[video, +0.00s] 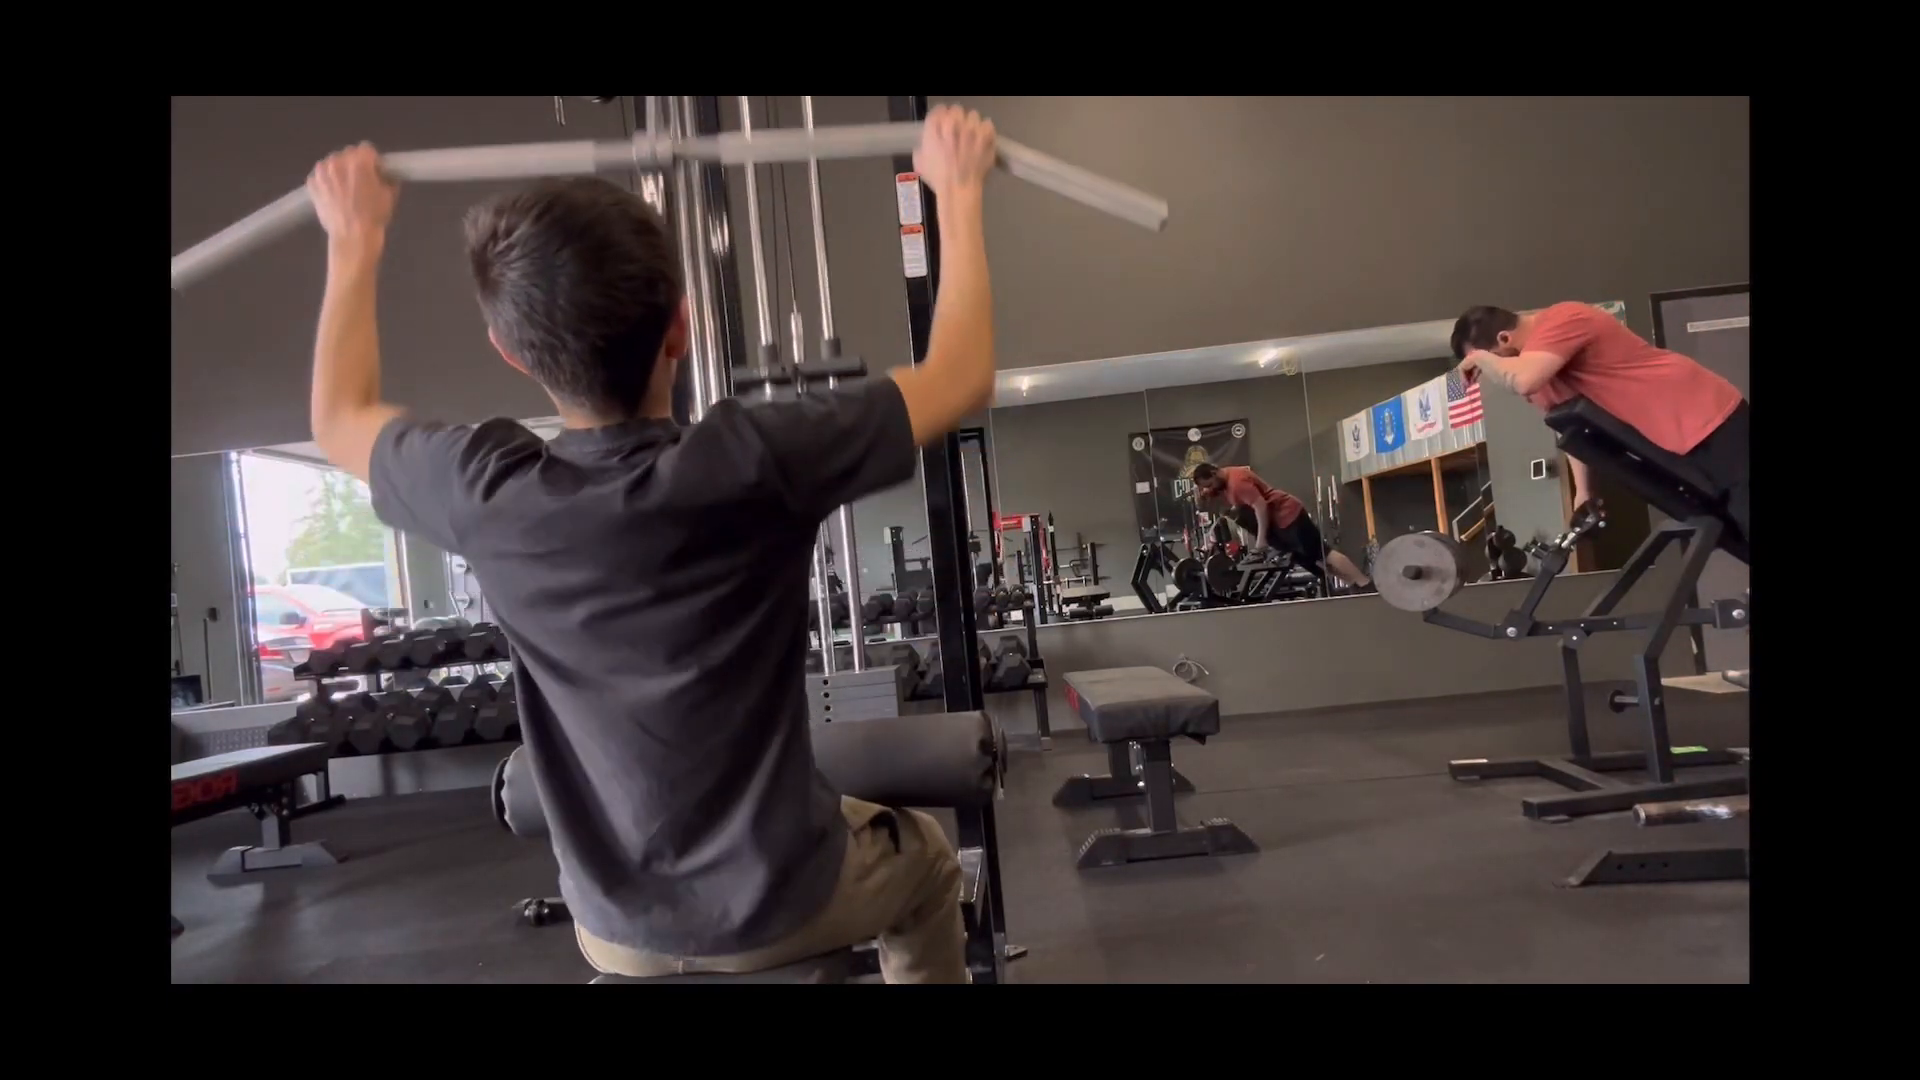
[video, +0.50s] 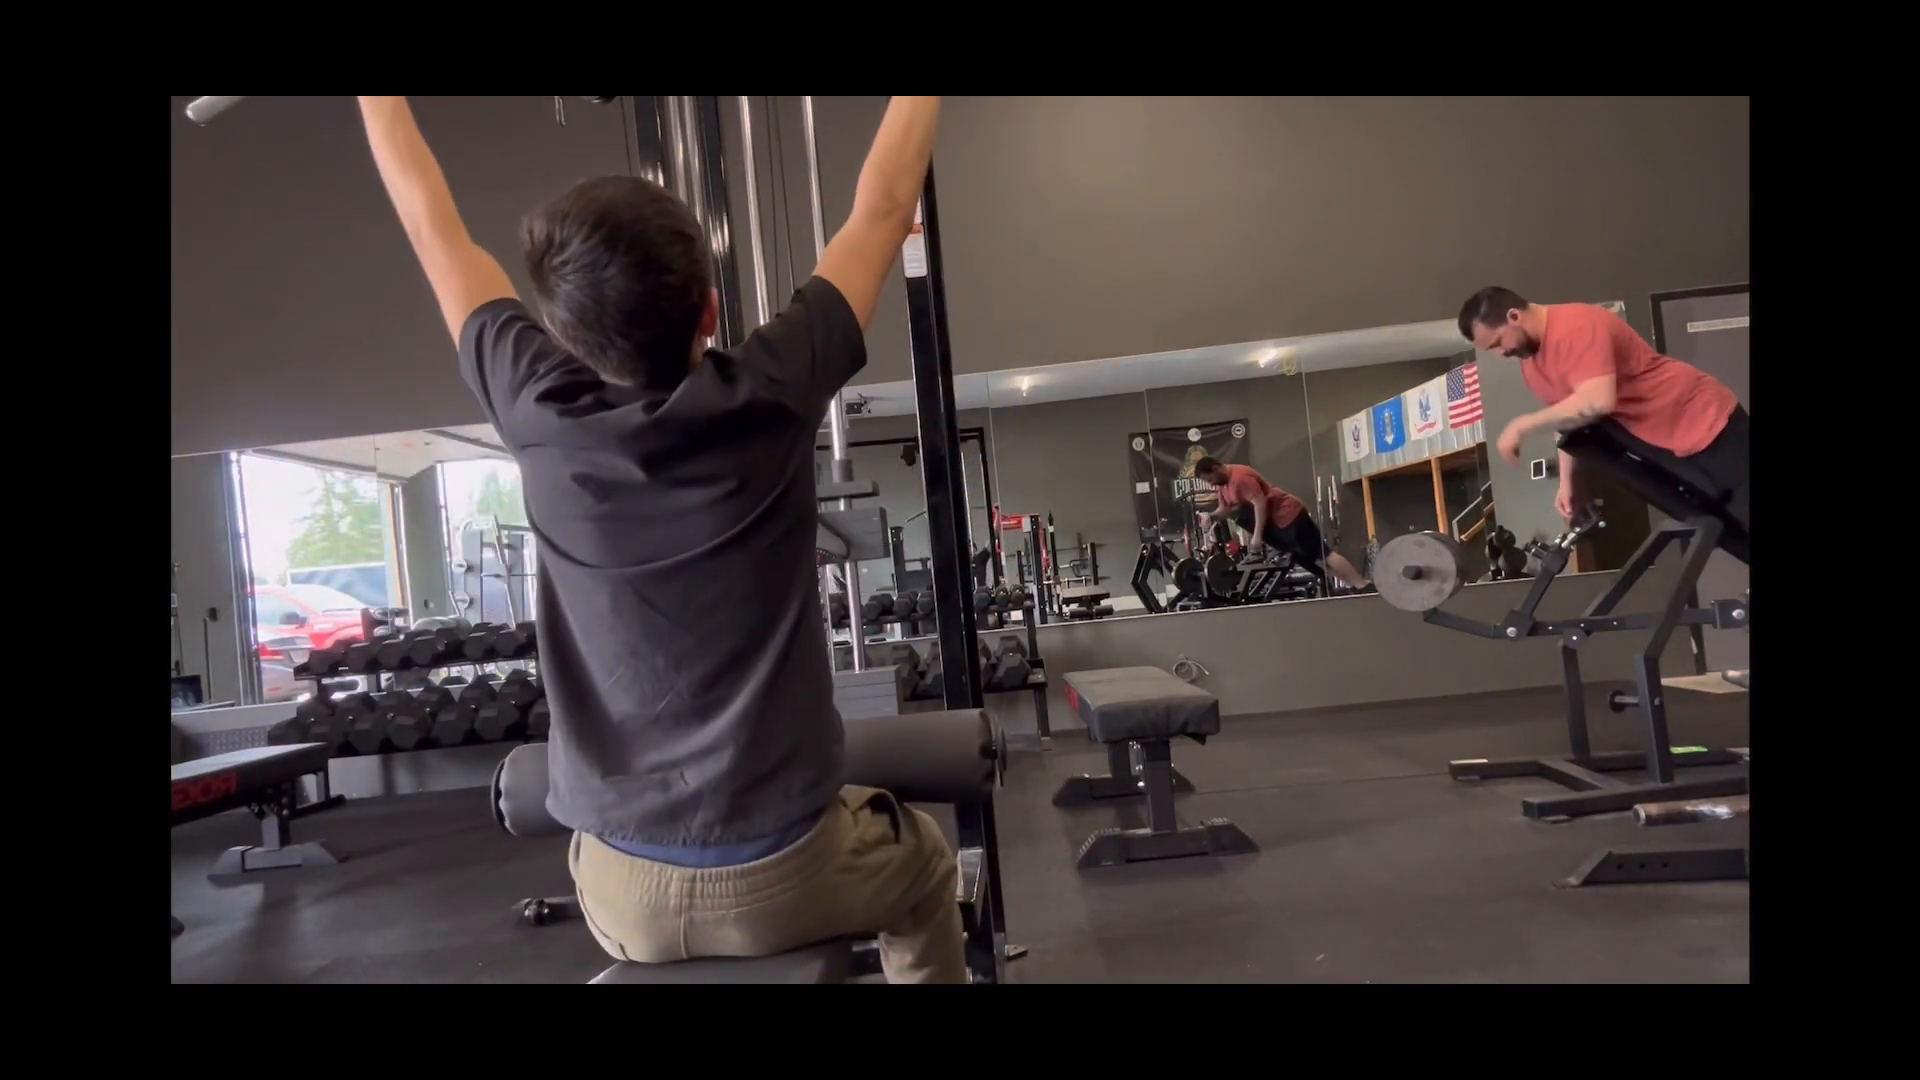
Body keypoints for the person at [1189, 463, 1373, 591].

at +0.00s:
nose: (1207, 490)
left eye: (1206, 485)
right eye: (1203, 487)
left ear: (1213, 474)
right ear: (1207, 478)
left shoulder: (1237, 481)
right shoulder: (1223, 482)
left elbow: (1262, 507)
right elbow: (1206, 502)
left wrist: (1260, 542)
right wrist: (1203, 496)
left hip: (1288, 514)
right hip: (1274, 523)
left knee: (1322, 553)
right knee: (1313, 560)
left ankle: (1363, 581)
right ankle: (1354, 582)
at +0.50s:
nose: (1209, 483)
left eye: (1208, 478)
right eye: (1205, 481)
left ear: (1216, 468)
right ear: (1209, 476)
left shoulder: (1240, 477)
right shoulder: (1223, 486)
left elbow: (1261, 503)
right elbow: (1225, 509)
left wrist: (1257, 536)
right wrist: (1211, 517)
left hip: (1289, 513)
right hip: (1275, 523)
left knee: (1322, 553)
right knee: (1313, 560)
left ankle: (1362, 584)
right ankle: (1351, 585)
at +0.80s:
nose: (1211, 478)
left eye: (1211, 474)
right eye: (1208, 476)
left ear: (1219, 463)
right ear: (1215, 468)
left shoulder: (1241, 474)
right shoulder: (1227, 481)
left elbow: (1242, 510)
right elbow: (1227, 508)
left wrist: (1235, 541)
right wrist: (1214, 530)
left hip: (1291, 515)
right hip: (1278, 525)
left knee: (1323, 553)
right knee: (1315, 561)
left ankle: (1363, 585)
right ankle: (1354, 585)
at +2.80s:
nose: (1212, 463)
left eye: (1214, 458)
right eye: (1210, 459)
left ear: (1227, 455)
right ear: (1221, 457)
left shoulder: (1238, 472)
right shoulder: (1222, 479)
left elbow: (1223, 508)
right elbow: (1213, 509)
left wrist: (1211, 538)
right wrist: (1204, 538)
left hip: (1292, 513)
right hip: (1281, 522)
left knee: (1326, 552)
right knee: (1319, 558)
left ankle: (1364, 584)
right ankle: (1353, 586)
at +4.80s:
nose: (1216, 466)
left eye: (1218, 461)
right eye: (1211, 465)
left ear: (1226, 457)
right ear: (1209, 468)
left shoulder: (1238, 475)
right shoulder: (1219, 483)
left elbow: (1226, 513)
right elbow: (1215, 513)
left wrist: (1213, 543)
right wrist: (1206, 540)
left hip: (1289, 514)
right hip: (1278, 525)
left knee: (1325, 550)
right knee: (1316, 558)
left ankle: (1368, 582)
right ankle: (1355, 584)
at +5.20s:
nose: (1212, 475)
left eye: (1213, 470)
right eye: (1209, 473)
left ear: (1221, 462)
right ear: (1208, 472)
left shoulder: (1239, 475)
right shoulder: (1220, 485)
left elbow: (1241, 510)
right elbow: (1219, 512)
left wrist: (1233, 541)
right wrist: (1211, 539)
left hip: (1289, 514)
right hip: (1276, 526)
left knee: (1324, 551)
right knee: (1315, 558)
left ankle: (1367, 581)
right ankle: (1354, 583)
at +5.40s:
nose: (1214, 475)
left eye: (1214, 470)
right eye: (1210, 473)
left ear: (1221, 463)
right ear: (1208, 473)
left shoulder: (1240, 475)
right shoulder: (1220, 485)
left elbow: (1257, 505)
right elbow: (1225, 510)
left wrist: (1258, 537)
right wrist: (1223, 538)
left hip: (1289, 514)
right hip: (1274, 525)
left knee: (1323, 551)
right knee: (1313, 559)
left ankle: (1368, 581)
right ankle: (1354, 583)